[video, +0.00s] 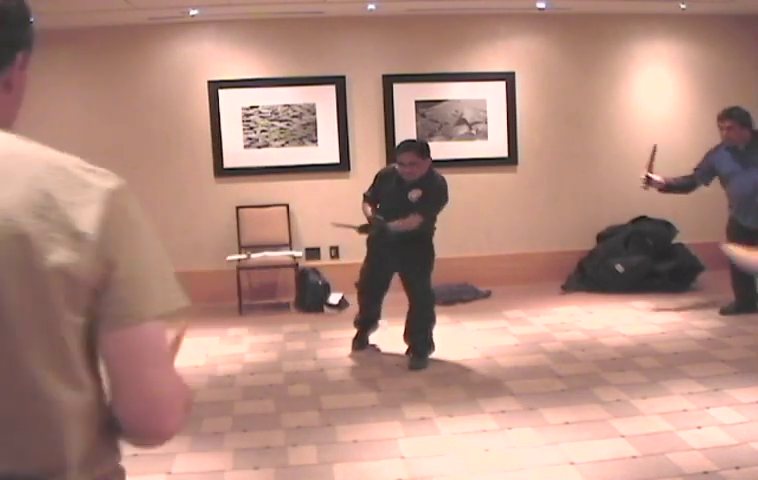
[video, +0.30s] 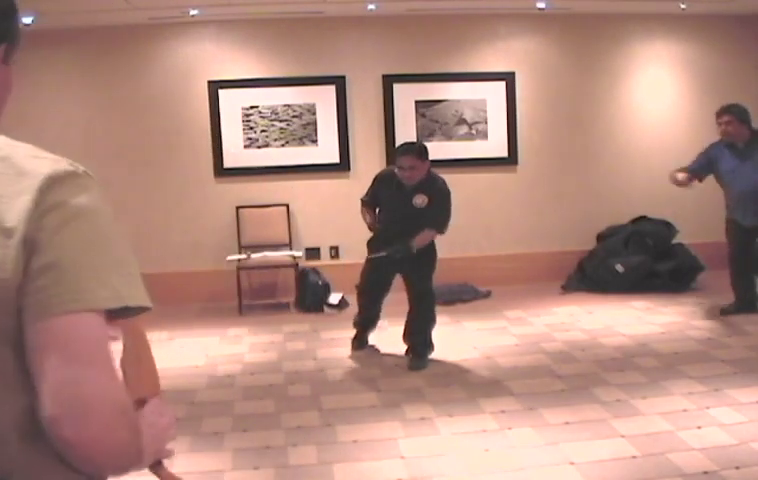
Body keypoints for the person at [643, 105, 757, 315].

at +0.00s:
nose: (725, 135)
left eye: (730, 128)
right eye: (722, 129)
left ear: (745, 128)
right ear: (721, 130)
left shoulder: (755, 148)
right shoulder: (719, 155)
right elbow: (694, 180)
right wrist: (664, 184)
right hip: (741, 222)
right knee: (739, 261)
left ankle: (751, 300)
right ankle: (744, 300)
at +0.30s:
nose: (723, 129)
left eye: (728, 123)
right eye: (720, 124)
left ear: (743, 124)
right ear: (718, 127)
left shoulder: (754, 145)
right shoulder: (718, 150)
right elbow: (697, 167)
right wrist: (682, 176)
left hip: (754, 218)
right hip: (738, 218)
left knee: (752, 261)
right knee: (739, 261)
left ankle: (751, 301)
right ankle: (743, 301)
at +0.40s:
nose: (727, 127)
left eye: (731, 121)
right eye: (724, 123)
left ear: (746, 122)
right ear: (722, 125)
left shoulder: (755, 144)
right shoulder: (721, 149)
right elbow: (696, 175)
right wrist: (699, 185)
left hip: (755, 218)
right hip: (738, 218)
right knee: (739, 262)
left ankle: (750, 301)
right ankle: (744, 300)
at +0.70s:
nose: (746, 121)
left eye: (750, 117)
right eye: (743, 117)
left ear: (757, 118)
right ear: (740, 120)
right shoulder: (734, 147)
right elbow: (721, 176)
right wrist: (727, 195)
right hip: (747, 216)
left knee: (749, 260)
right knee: (744, 260)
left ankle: (748, 299)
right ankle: (744, 299)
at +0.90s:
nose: (756, 118)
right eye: (755, 114)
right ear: (754, 117)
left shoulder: (748, 145)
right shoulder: (748, 145)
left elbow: (732, 172)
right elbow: (733, 172)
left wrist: (740, 193)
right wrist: (738, 193)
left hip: (753, 215)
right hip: (753, 215)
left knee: (750, 256)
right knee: (749, 256)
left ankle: (747, 298)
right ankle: (746, 298)